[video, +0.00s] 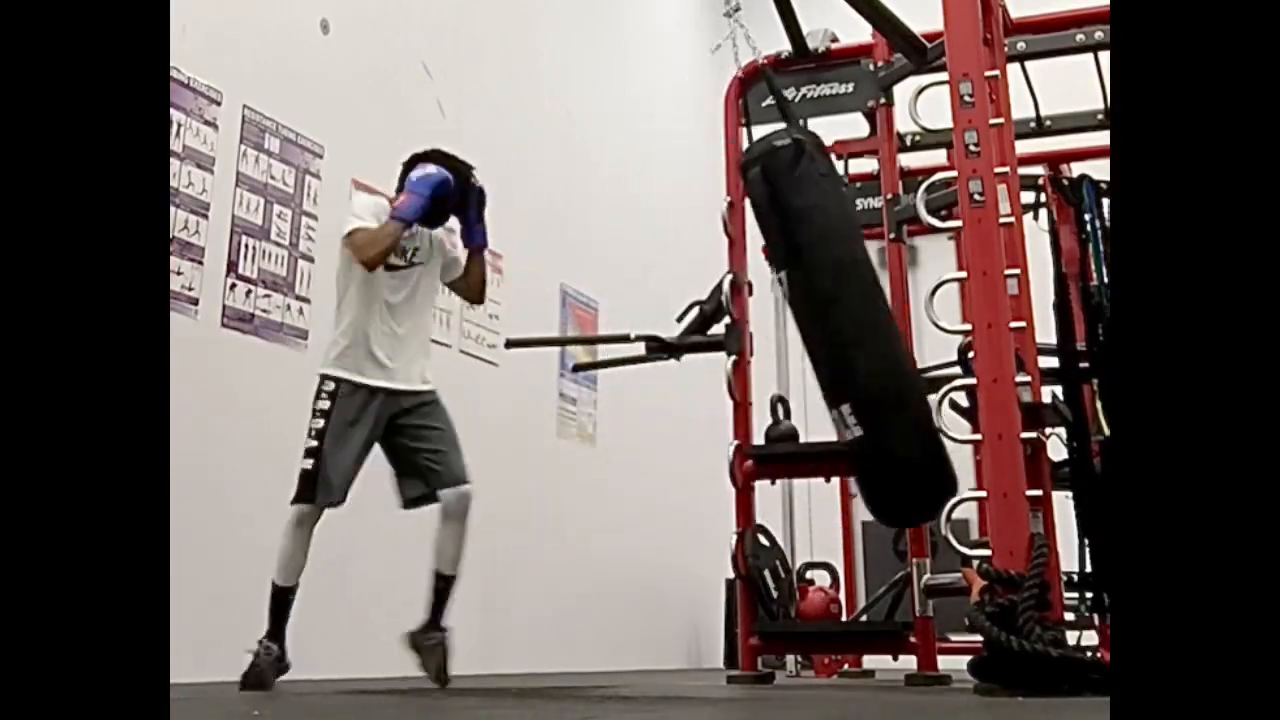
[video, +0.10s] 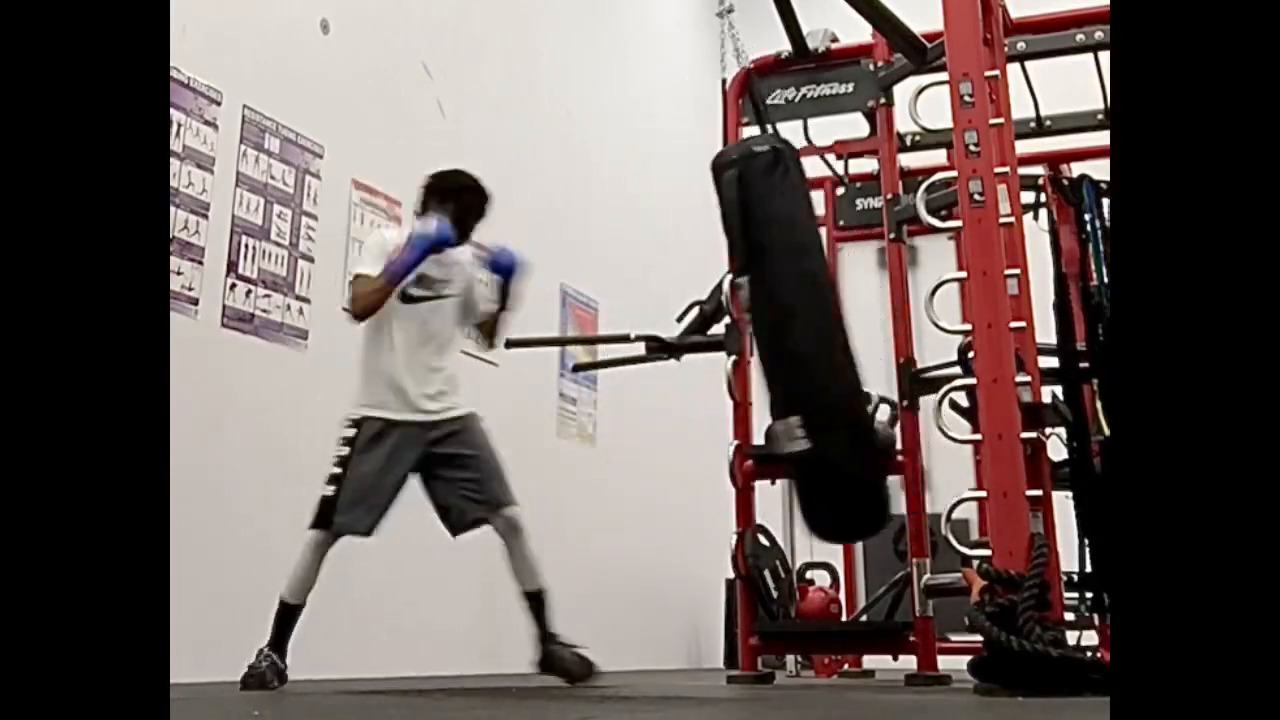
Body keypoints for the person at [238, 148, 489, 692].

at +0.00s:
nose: (431, 203)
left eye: (440, 197)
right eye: (427, 188)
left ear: (445, 204)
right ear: (406, 185)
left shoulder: (436, 243)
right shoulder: (365, 210)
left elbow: (474, 292)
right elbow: (367, 255)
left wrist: (474, 226)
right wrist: (407, 211)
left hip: (412, 387)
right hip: (350, 381)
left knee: (458, 495)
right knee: (307, 508)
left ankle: (433, 630)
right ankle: (273, 643)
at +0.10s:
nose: (441, 226)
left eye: (452, 220)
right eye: (437, 214)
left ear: (465, 225)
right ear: (423, 208)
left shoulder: (467, 267)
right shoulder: (387, 248)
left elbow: (487, 335)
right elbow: (358, 306)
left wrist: (504, 285)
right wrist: (412, 256)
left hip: (448, 415)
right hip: (383, 414)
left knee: (510, 522)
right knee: (323, 534)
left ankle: (549, 645)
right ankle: (272, 654)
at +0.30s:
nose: (509, 245)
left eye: (519, 239)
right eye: (503, 235)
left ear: (529, 237)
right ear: (485, 227)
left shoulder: (529, 269)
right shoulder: (449, 257)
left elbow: (562, 331)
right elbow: (432, 301)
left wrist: (564, 271)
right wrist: (472, 247)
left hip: (515, 416)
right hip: (452, 417)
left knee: (553, 524)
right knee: (418, 536)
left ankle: (578, 651)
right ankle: (425, 652)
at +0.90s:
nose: (524, 238)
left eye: (531, 233)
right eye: (521, 225)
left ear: (531, 235)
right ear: (499, 214)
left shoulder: (524, 274)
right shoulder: (456, 242)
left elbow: (563, 328)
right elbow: (447, 291)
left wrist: (562, 266)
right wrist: (487, 240)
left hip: (509, 413)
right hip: (456, 399)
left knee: (556, 527)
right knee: (419, 528)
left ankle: (588, 653)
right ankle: (380, 653)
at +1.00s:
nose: (495, 213)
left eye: (505, 209)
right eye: (491, 203)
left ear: (508, 211)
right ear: (470, 192)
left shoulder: (498, 250)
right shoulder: (429, 214)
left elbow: (535, 303)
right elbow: (418, 258)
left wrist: (534, 239)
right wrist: (464, 220)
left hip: (479, 386)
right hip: (425, 373)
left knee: (511, 504)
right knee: (395, 508)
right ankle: (372, 641)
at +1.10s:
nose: (464, 220)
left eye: (474, 213)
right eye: (458, 206)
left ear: (482, 223)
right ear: (439, 210)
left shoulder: (484, 270)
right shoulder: (409, 248)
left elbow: (521, 321)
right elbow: (418, 270)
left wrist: (517, 258)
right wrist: (451, 223)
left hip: (464, 414)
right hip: (403, 406)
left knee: (511, 518)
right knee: (352, 529)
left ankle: (483, 637)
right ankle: (316, 654)